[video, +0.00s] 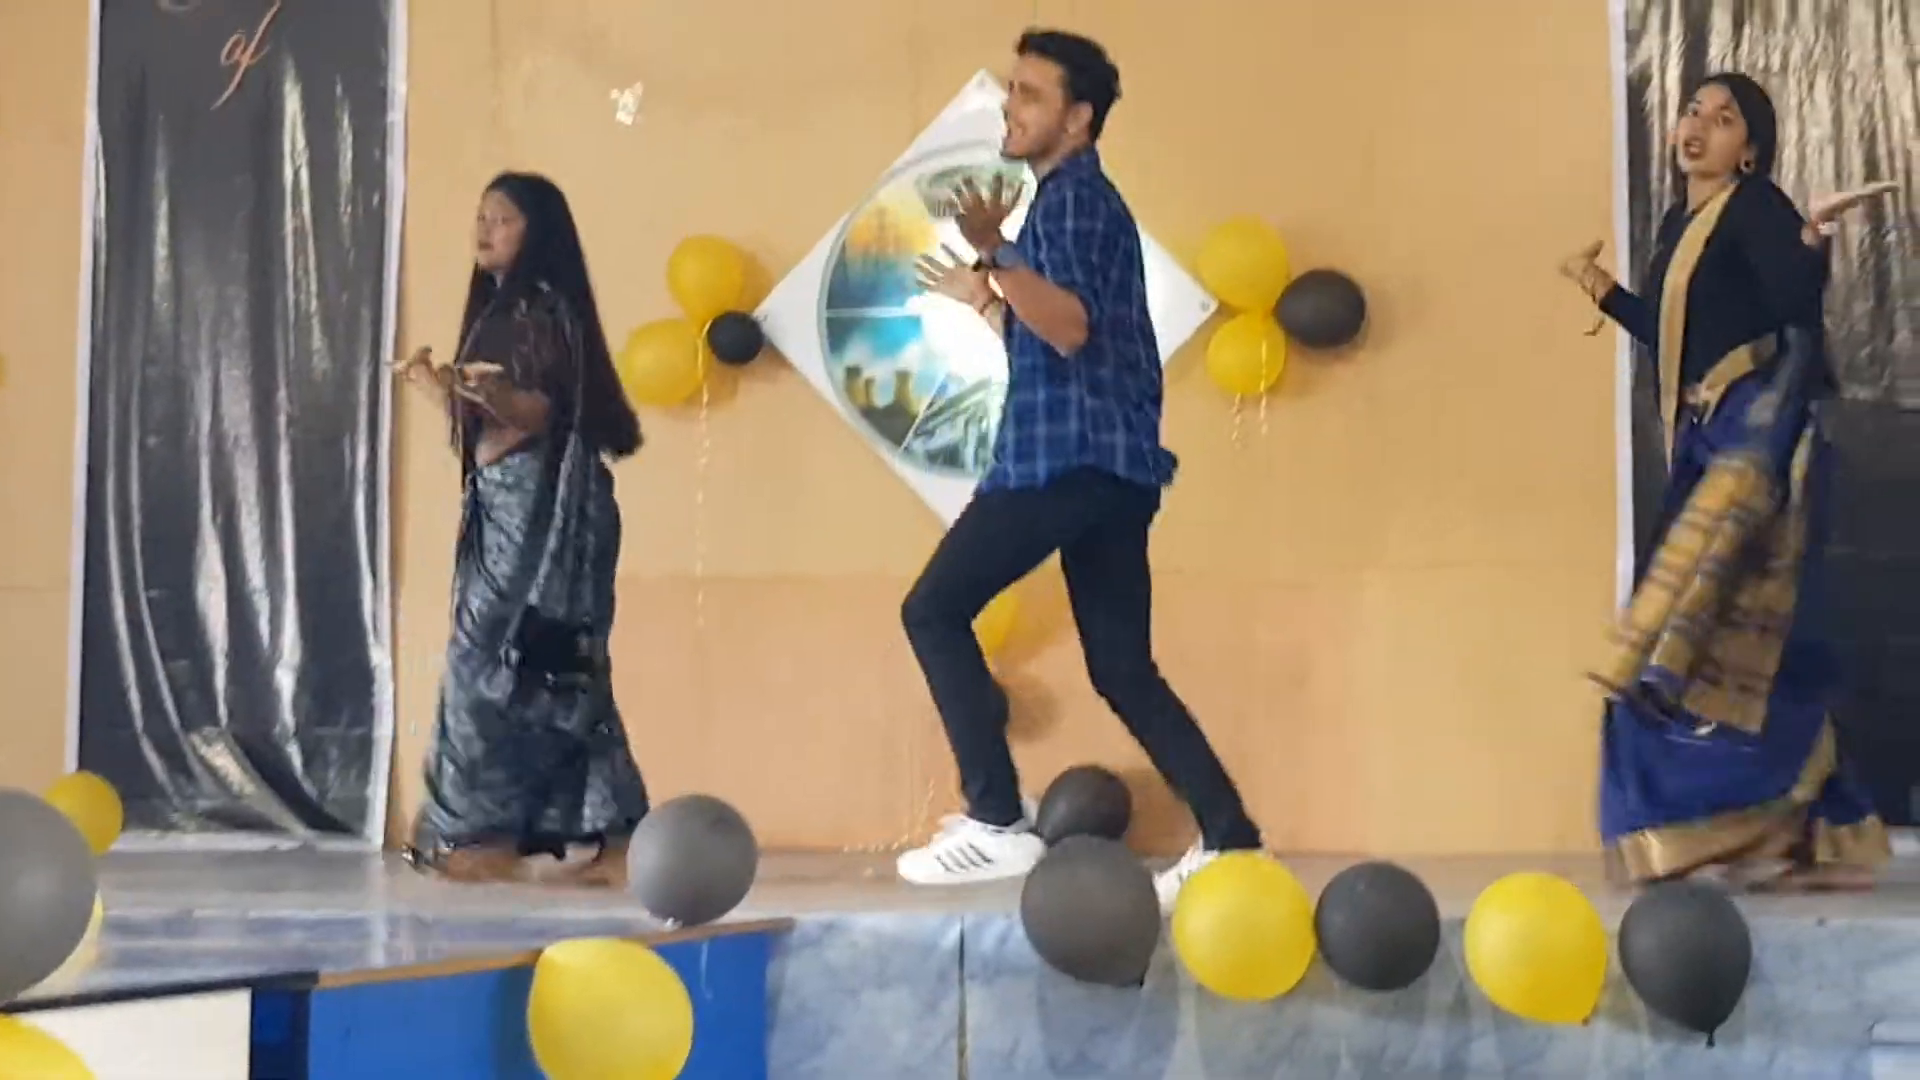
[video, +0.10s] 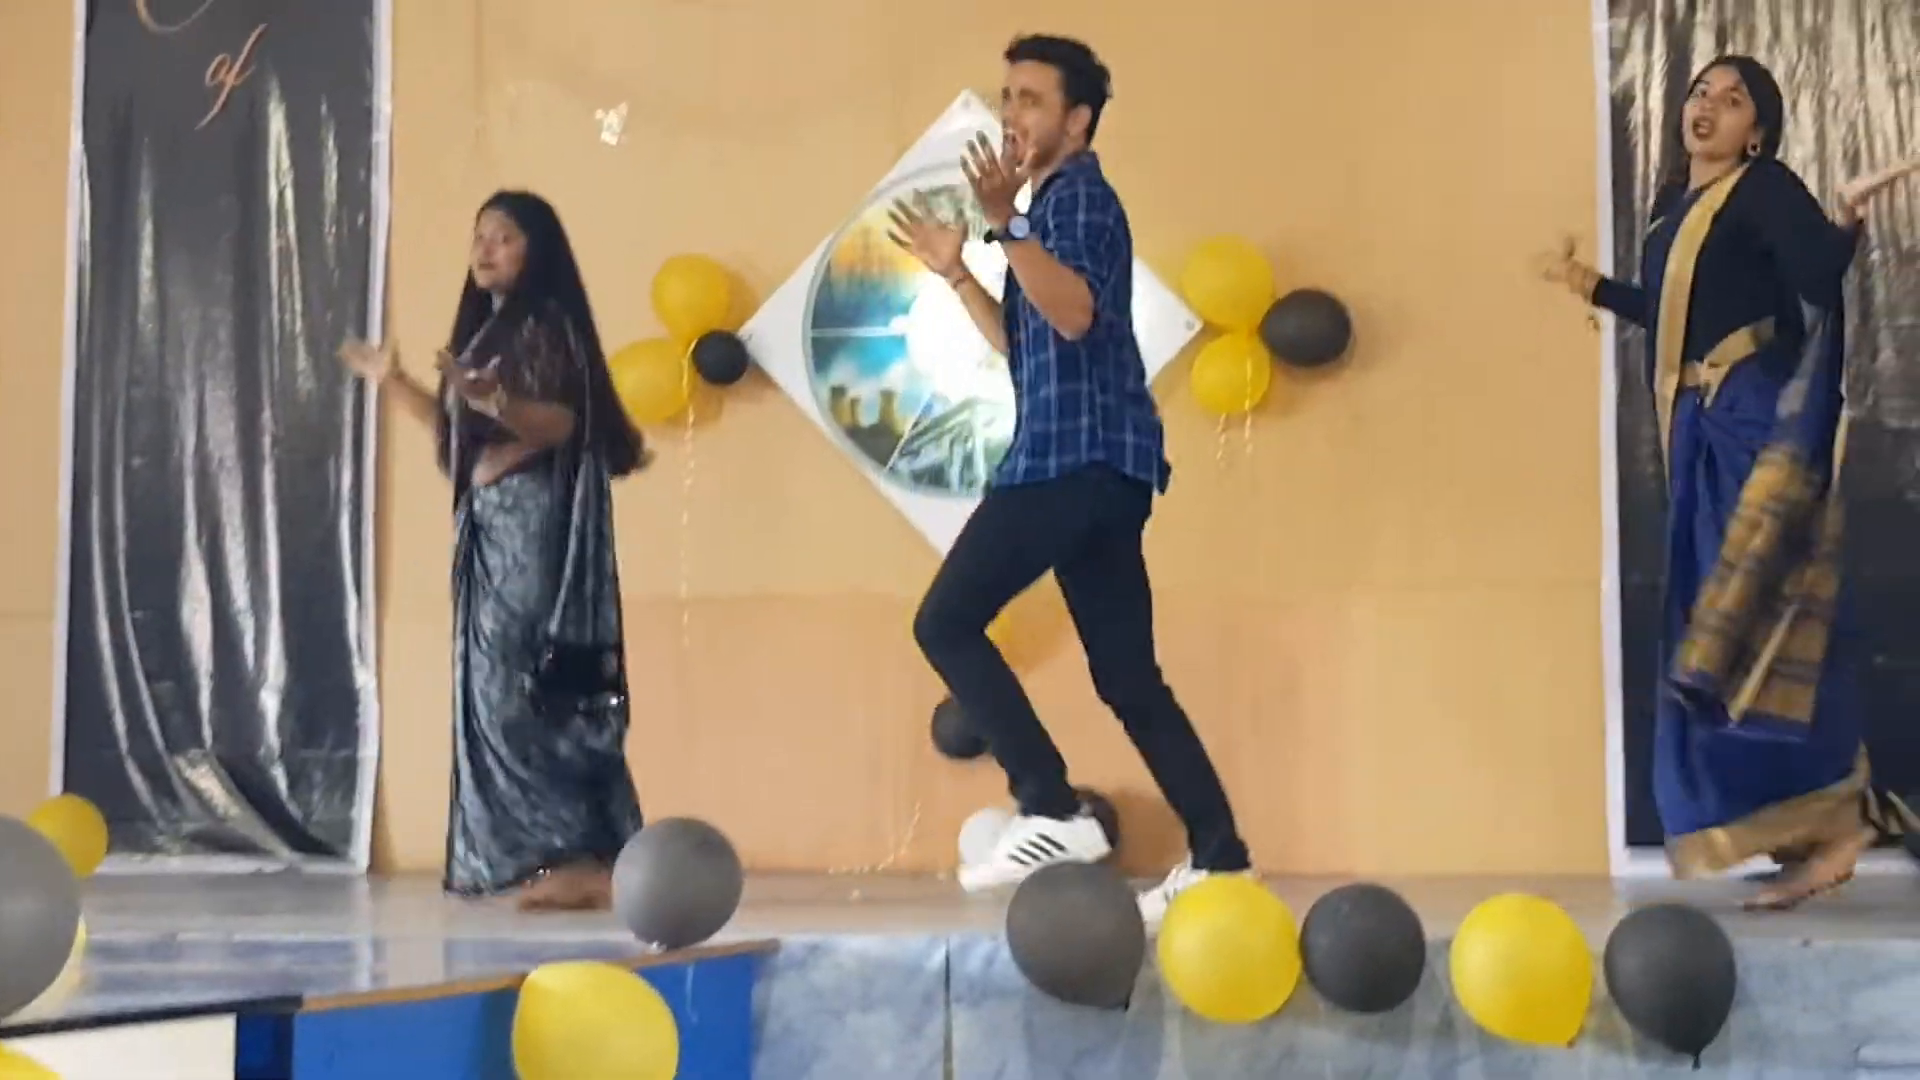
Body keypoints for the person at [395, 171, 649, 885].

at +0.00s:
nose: (483, 231)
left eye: (498, 221)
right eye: (481, 219)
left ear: (536, 232)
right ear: (484, 228)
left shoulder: (553, 310)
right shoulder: (494, 309)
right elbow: (495, 413)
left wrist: (493, 397)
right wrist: (452, 387)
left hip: (550, 504)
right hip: (506, 500)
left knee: (484, 656)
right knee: (562, 661)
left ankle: (487, 833)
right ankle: (605, 829)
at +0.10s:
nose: (485, 252)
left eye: (501, 239)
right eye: (479, 240)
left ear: (537, 249)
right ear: (474, 252)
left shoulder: (551, 323)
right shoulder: (484, 332)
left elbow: (569, 421)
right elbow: (459, 428)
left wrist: (501, 402)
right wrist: (393, 380)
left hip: (537, 522)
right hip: (489, 522)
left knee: (510, 690)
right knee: (492, 690)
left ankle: (581, 859)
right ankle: (560, 859)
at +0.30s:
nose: (437, 309)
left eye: (453, 299)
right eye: (429, 299)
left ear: (484, 313)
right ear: (415, 312)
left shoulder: (511, 400)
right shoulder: (419, 407)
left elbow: (520, 514)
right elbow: (389, 511)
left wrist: (484, 455)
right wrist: (315, 460)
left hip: (495, 588)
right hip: (430, 593)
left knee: (477, 752)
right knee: (409, 760)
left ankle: (530, 914)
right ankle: (488, 915)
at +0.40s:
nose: (409, 326)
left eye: (425, 315)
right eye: (398, 315)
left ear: (455, 327)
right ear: (382, 330)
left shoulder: (486, 411)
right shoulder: (368, 416)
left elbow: (527, 513)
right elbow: (320, 514)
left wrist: (491, 449)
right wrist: (265, 461)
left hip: (462, 604)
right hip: (386, 606)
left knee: (458, 765)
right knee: (375, 767)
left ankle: (488, 947)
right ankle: (415, 942)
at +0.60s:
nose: (344, 349)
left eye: (358, 335)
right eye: (330, 337)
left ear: (384, 343)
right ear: (312, 348)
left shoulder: (425, 425)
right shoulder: (283, 428)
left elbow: (483, 507)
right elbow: (232, 518)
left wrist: (456, 509)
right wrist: (251, 544)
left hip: (386, 612)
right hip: (305, 613)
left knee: (360, 776)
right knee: (309, 782)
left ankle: (377, 949)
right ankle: (320, 962)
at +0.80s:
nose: (274, 364)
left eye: (286, 348)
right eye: (261, 352)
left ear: (317, 351)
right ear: (247, 362)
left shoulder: (368, 440)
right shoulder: (231, 438)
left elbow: (396, 544)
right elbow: (195, 545)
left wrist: (443, 512)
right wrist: (233, 508)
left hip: (330, 633)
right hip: (247, 630)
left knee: (318, 790)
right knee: (234, 785)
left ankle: (314, 964)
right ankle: (218, 959)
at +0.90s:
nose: (232, 346)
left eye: (245, 330)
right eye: (218, 334)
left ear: (278, 331)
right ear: (206, 341)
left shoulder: (328, 408)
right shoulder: (196, 417)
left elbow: (386, 501)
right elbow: (157, 514)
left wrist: (439, 462)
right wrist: (211, 449)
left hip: (299, 614)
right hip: (213, 613)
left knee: (300, 773)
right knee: (178, 762)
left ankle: (328, 955)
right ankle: (151, 930)